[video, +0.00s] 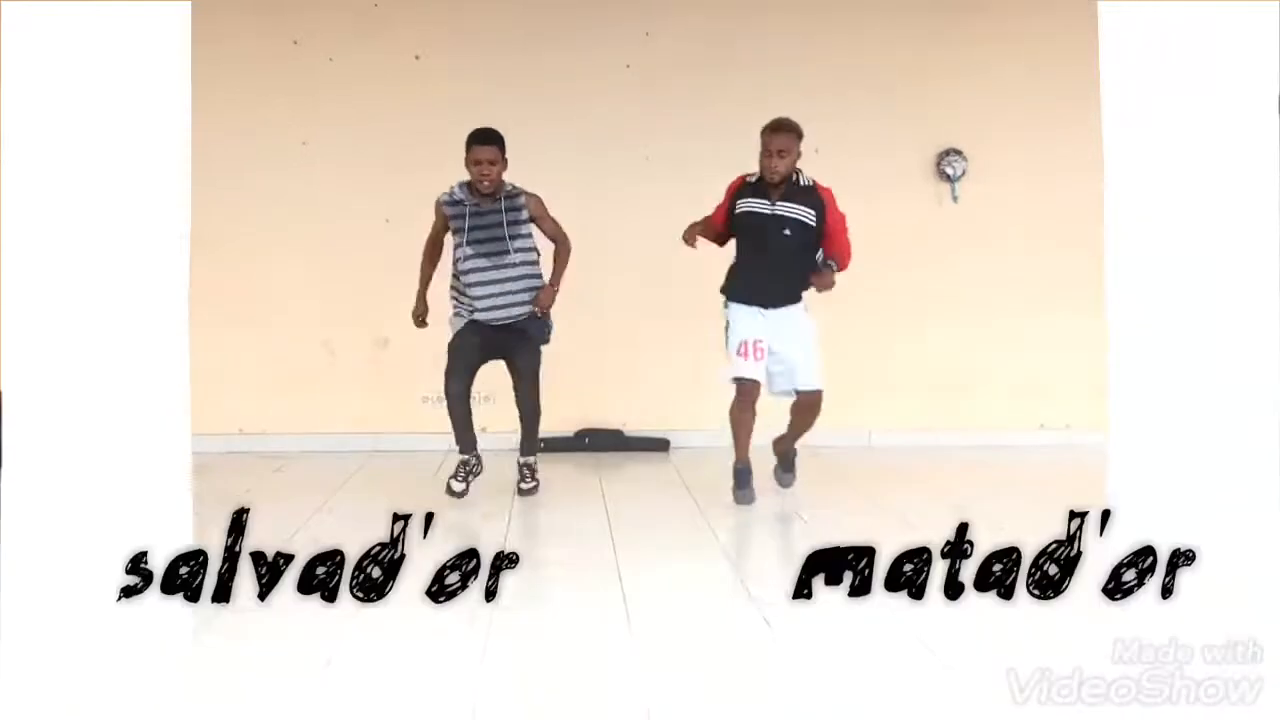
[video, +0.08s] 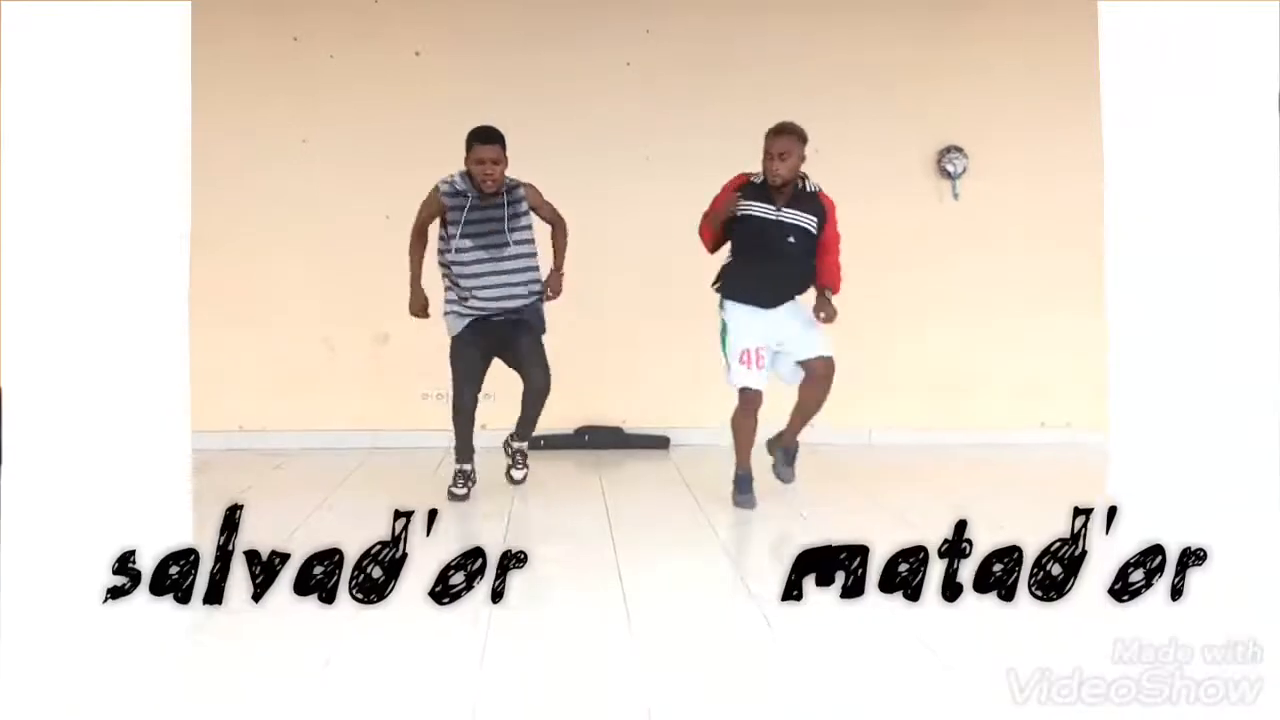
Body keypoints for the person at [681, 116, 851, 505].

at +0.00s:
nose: (773, 162)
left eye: (782, 155)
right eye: (768, 153)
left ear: (797, 156)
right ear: (759, 152)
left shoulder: (818, 198)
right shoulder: (741, 189)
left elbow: (839, 245)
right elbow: (721, 230)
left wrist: (829, 268)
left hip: (791, 308)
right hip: (745, 306)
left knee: (811, 399)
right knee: (747, 390)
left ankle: (786, 445)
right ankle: (742, 466)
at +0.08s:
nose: (775, 164)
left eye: (784, 157)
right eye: (770, 155)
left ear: (801, 159)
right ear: (762, 156)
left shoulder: (819, 204)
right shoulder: (740, 190)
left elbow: (828, 250)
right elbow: (710, 241)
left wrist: (825, 291)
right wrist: (719, 211)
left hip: (790, 306)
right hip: (743, 306)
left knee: (821, 371)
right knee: (750, 397)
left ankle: (787, 440)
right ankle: (742, 473)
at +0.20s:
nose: (772, 181)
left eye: (782, 175)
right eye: (767, 173)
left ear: (800, 180)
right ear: (761, 176)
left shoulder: (815, 230)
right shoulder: (739, 214)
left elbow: (821, 288)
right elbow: (714, 271)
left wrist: (812, 299)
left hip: (788, 330)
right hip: (741, 330)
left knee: (803, 409)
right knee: (751, 412)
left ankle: (793, 492)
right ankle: (748, 485)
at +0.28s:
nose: (772, 155)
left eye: (781, 149)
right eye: (767, 148)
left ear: (801, 153)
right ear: (760, 152)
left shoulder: (818, 197)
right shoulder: (743, 193)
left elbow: (847, 258)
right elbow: (717, 250)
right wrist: (746, 261)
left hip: (794, 311)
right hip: (746, 312)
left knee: (808, 393)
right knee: (745, 398)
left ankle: (800, 485)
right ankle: (744, 480)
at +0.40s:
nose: (757, 109)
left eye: (765, 99)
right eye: (751, 100)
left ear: (784, 96)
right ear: (743, 100)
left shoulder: (812, 136)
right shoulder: (734, 148)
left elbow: (861, 185)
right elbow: (709, 197)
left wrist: (843, 176)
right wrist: (680, 238)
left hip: (794, 259)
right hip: (753, 261)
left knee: (826, 341)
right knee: (737, 353)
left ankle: (860, 436)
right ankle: (671, 335)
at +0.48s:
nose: (756, 107)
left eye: (766, 98)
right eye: (750, 98)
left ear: (786, 94)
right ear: (744, 96)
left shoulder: (811, 132)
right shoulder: (734, 144)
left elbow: (859, 183)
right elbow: (702, 189)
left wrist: (830, 158)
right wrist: (661, 223)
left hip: (790, 253)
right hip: (750, 253)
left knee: (833, 327)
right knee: (738, 348)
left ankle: (885, 413)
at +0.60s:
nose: (764, 122)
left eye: (772, 114)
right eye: (758, 113)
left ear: (790, 113)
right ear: (748, 113)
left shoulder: (814, 153)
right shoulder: (731, 154)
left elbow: (842, 205)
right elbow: (691, 186)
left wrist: (818, 207)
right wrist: (650, 222)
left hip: (792, 262)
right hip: (748, 262)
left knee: (828, 340)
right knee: (760, 349)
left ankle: (821, 441)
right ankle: (700, 404)